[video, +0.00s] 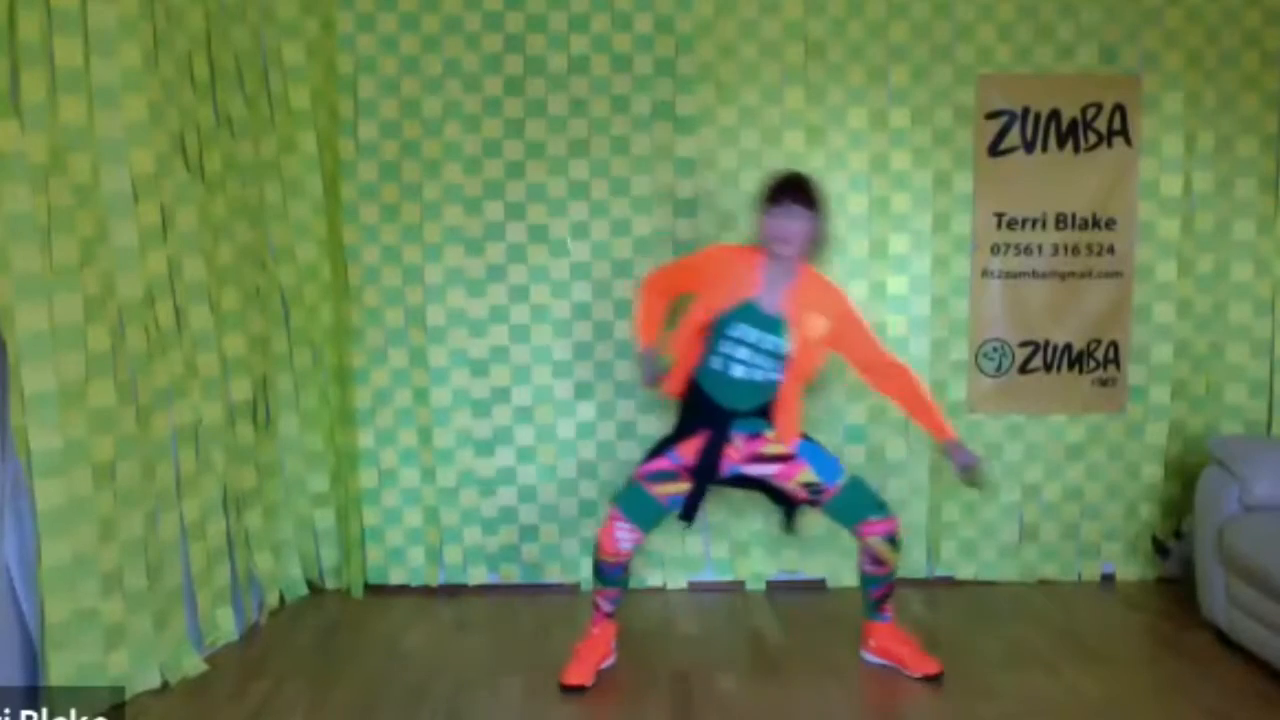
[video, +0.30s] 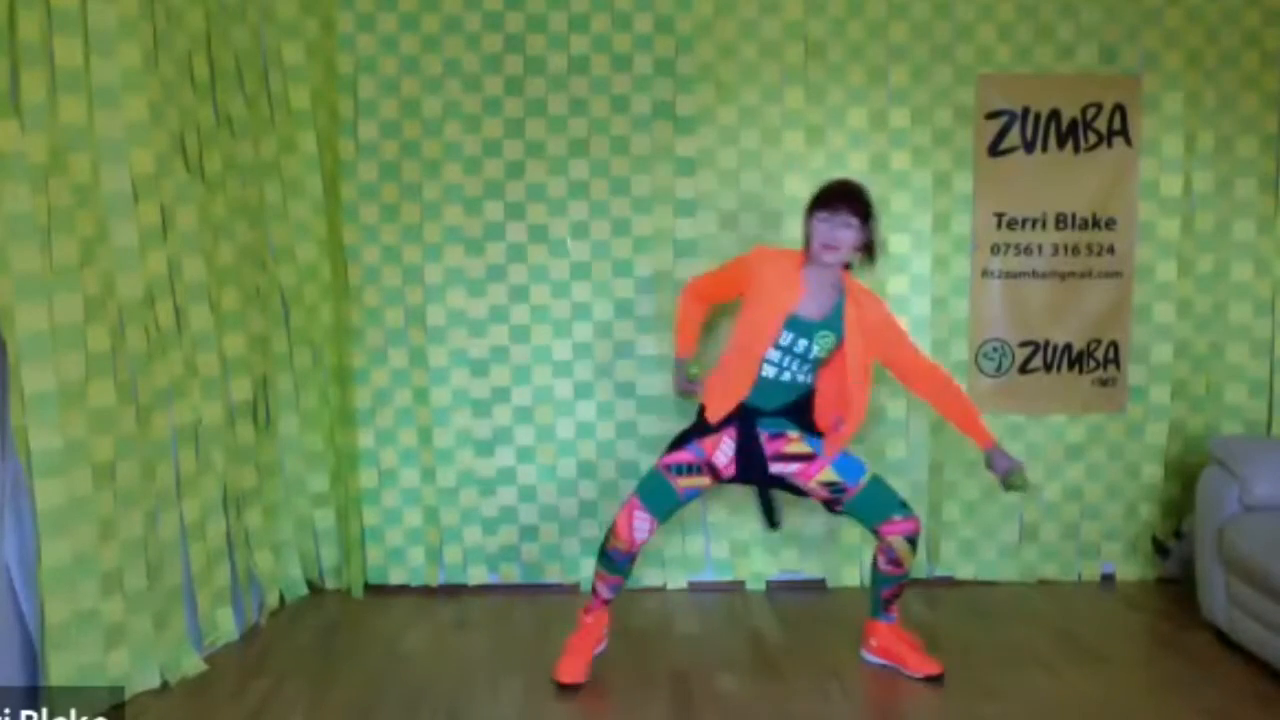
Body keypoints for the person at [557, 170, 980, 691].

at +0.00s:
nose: (786, 228)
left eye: (799, 218)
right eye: (778, 215)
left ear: (816, 230)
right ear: (761, 220)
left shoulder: (824, 303)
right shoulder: (722, 266)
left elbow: (884, 370)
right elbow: (655, 288)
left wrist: (947, 438)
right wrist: (648, 347)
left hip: (774, 445)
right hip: (698, 438)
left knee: (877, 525)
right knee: (617, 535)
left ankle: (881, 631)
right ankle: (600, 634)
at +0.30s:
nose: (832, 235)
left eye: (846, 227)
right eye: (824, 223)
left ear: (861, 242)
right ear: (807, 227)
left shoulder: (865, 311)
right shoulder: (765, 268)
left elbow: (926, 378)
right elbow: (697, 294)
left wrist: (988, 444)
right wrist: (684, 359)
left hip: (796, 440)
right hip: (722, 429)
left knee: (899, 527)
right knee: (634, 518)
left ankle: (883, 632)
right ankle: (592, 622)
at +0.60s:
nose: (672, 171)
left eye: (685, 160)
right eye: (663, 159)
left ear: (705, 165)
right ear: (649, 162)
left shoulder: (732, 221)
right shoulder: (625, 227)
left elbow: (765, 297)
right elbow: (593, 306)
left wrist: (806, 369)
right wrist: (574, 387)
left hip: (718, 375)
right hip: (649, 379)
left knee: (775, 487)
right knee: (612, 496)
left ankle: (834, 620)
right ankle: (588, 629)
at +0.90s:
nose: (624, 136)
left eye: (636, 125)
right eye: (613, 124)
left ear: (654, 134)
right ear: (597, 132)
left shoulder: (679, 195)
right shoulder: (570, 198)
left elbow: (699, 285)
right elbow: (548, 288)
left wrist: (710, 372)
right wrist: (540, 375)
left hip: (676, 362)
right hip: (606, 366)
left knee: (673, 505)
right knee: (601, 505)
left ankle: (667, 630)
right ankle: (586, 629)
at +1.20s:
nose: (602, 156)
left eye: (613, 145)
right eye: (590, 146)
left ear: (631, 156)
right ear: (573, 157)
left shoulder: (654, 226)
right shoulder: (546, 225)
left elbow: (686, 310)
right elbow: (508, 308)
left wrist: (693, 389)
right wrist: (477, 389)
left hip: (626, 390)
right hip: (555, 391)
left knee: (677, 517)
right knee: (495, 502)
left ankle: (659, 634)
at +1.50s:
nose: (464, 229)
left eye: (474, 216)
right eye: (452, 220)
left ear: (496, 224)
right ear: (439, 236)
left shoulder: (540, 260)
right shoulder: (442, 312)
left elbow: (616, 244)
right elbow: (387, 392)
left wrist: (622, 312)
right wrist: (324, 465)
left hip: (577, 439)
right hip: (501, 452)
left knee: (679, 534)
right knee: (401, 535)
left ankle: (661, 635)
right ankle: (405, 643)